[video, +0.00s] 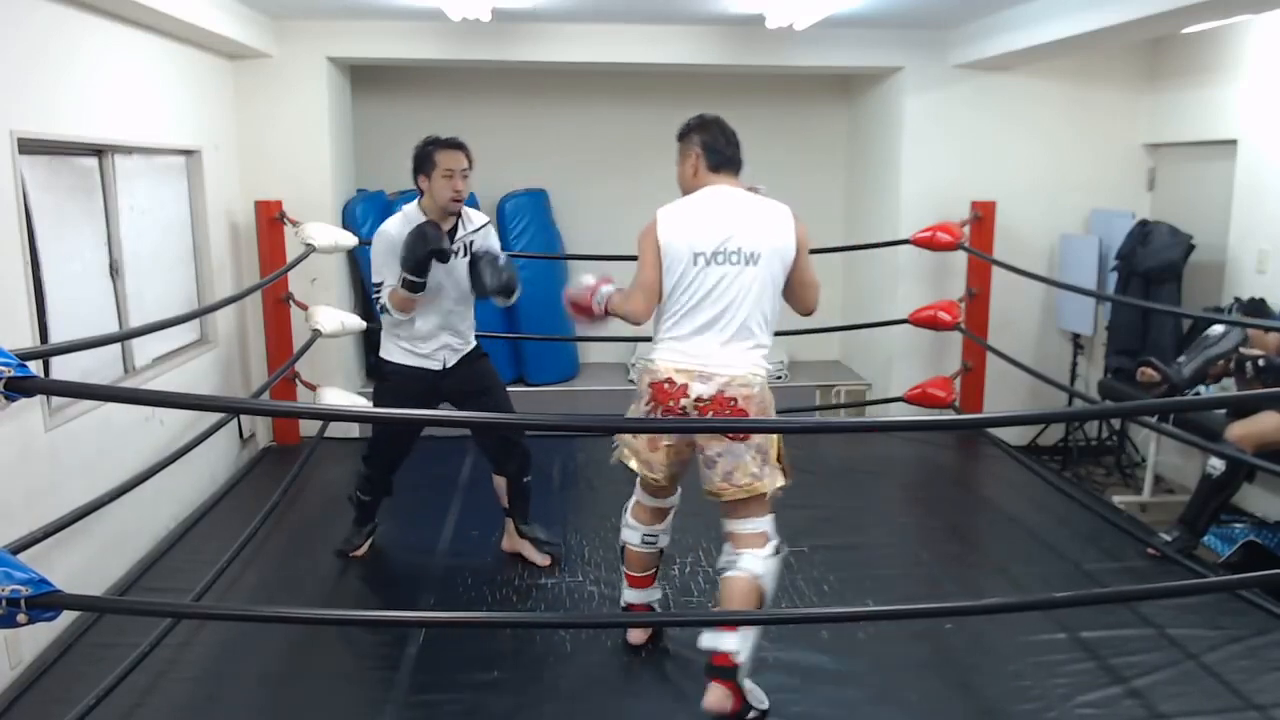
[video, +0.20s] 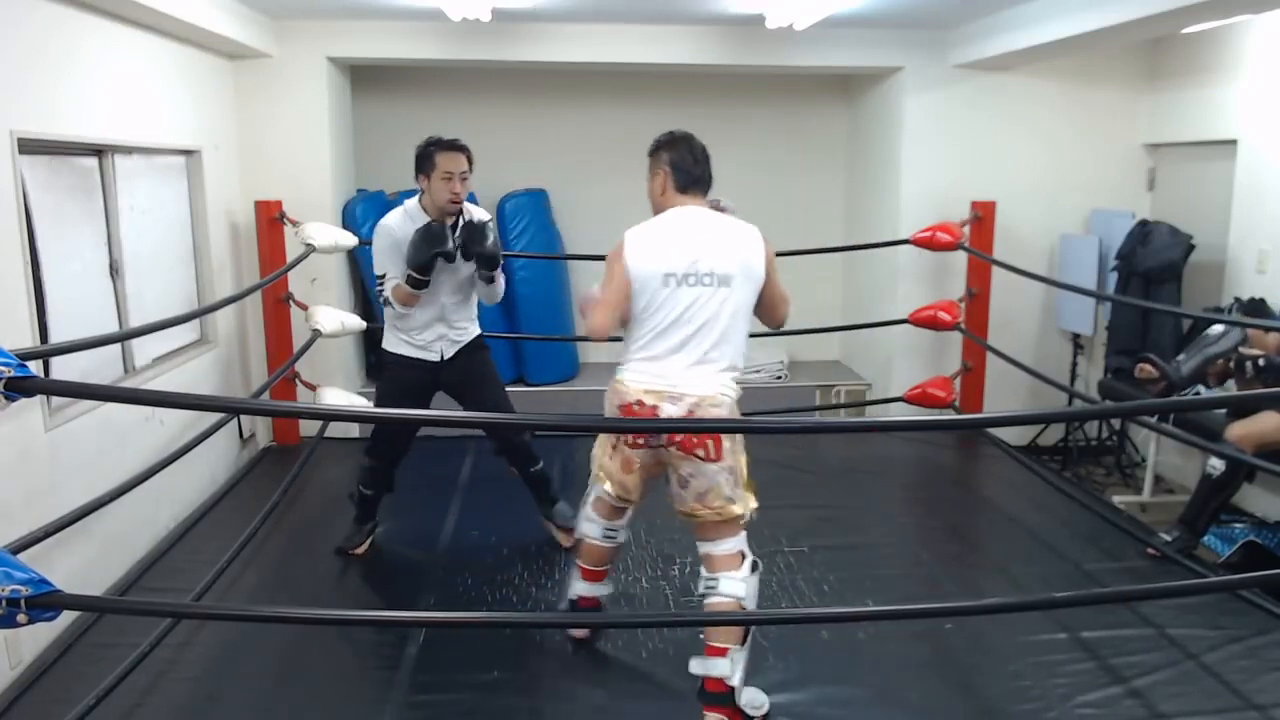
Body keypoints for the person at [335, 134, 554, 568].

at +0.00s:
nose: (460, 185)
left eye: (465, 175)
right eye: (449, 176)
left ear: (470, 179)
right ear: (423, 180)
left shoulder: (477, 223)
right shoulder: (392, 232)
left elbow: (504, 284)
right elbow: (396, 308)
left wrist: (500, 283)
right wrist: (414, 273)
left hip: (463, 355)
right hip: (405, 361)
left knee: (509, 441)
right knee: (384, 454)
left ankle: (516, 533)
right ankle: (362, 528)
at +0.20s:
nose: (458, 188)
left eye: (464, 178)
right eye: (448, 178)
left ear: (470, 179)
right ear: (423, 180)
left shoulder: (477, 220)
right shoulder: (393, 227)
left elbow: (494, 295)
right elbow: (396, 305)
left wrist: (488, 266)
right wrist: (419, 271)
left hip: (465, 347)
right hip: (407, 353)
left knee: (509, 430)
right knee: (385, 445)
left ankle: (552, 509)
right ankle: (363, 523)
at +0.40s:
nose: (485, 179)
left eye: (491, 171)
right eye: (475, 171)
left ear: (499, 175)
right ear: (453, 176)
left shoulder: (507, 220)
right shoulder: (428, 223)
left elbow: (521, 294)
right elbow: (453, 276)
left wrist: (515, 242)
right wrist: (488, 237)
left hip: (493, 353)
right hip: (433, 352)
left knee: (530, 443)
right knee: (398, 439)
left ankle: (565, 522)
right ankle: (366, 516)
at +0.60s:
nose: (486, 174)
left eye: (493, 163)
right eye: (476, 164)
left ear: (502, 166)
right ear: (457, 168)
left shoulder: (516, 216)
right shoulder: (435, 215)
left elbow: (534, 279)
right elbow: (448, 281)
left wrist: (520, 247)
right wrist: (506, 278)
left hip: (507, 346)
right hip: (449, 348)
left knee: (539, 431)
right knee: (427, 442)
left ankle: (560, 511)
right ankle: (462, 498)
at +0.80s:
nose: (455, 185)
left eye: (462, 175)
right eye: (445, 177)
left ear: (475, 177)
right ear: (432, 185)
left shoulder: (508, 223)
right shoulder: (424, 236)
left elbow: (523, 284)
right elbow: (415, 306)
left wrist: (480, 260)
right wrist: (433, 291)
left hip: (510, 347)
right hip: (459, 353)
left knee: (537, 427)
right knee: (438, 450)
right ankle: (469, 507)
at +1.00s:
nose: (442, 170)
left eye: (450, 159)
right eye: (432, 162)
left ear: (466, 162)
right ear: (423, 170)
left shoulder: (501, 206)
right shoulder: (422, 231)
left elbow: (524, 264)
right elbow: (434, 297)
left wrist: (478, 257)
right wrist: (442, 291)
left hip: (518, 338)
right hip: (470, 342)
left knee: (527, 427)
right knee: (451, 431)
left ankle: (546, 518)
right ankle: (467, 503)